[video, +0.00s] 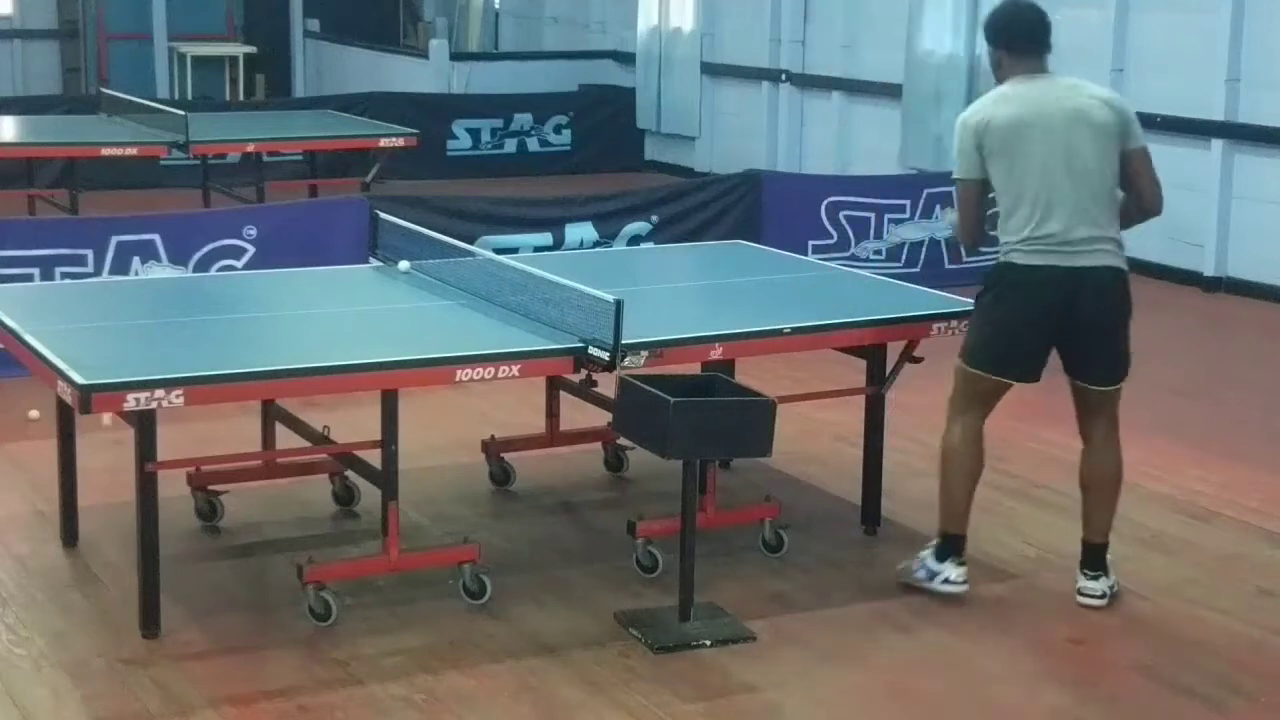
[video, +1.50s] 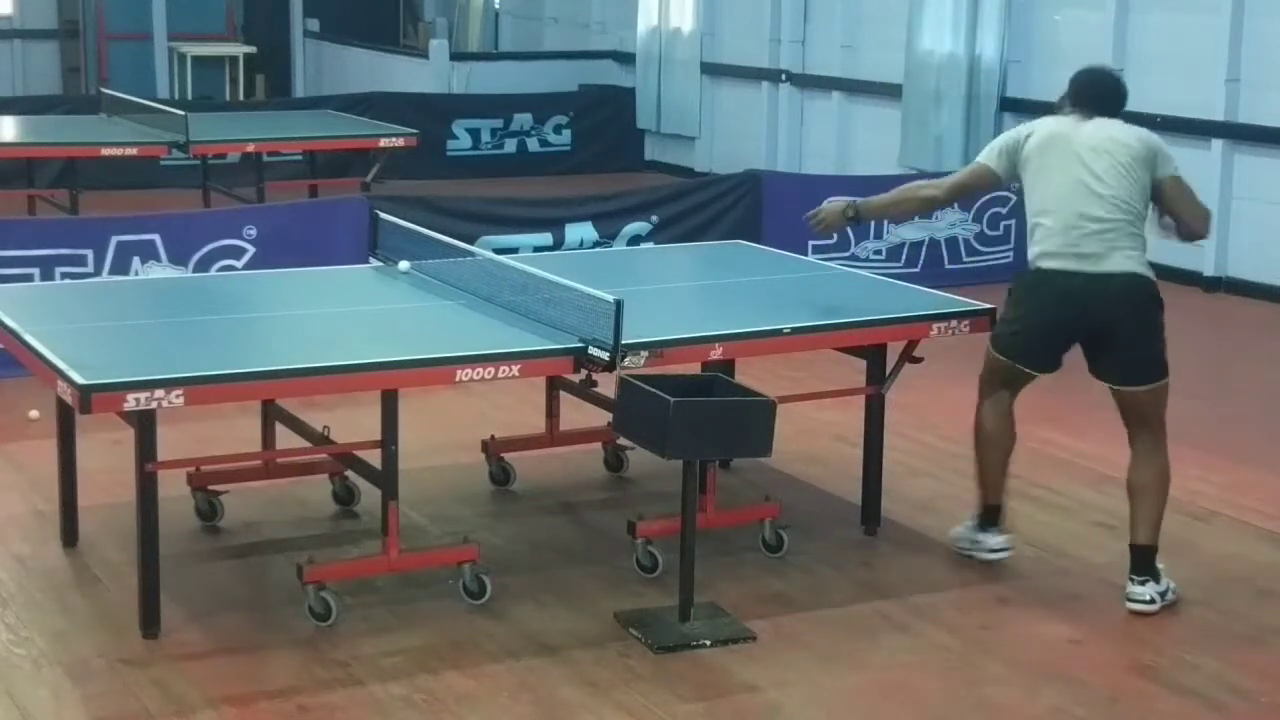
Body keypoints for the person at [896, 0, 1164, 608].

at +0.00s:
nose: (993, 61)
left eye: (991, 52)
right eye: (997, 51)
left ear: (995, 52)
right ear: (1049, 47)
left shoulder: (979, 118)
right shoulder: (1107, 104)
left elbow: (970, 234)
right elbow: (1148, 202)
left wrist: (995, 208)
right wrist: (1091, 221)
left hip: (1021, 290)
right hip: (1101, 292)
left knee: (966, 415)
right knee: (1100, 424)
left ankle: (948, 558)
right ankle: (1095, 571)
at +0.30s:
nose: (983, 120)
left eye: (983, 114)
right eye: (987, 115)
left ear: (989, 110)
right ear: (1040, 101)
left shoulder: (975, 153)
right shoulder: (1096, 139)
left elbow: (955, 253)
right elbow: (1117, 230)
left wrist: (973, 217)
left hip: (1023, 303)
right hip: (1102, 303)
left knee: (991, 409)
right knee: (1106, 429)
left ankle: (966, 531)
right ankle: (1093, 570)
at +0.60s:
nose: (952, 169)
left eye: (950, 163)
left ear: (954, 159)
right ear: (1003, 148)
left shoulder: (945, 185)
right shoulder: (1056, 170)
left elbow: (925, 285)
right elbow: (1080, 255)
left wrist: (927, 277)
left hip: (992, 311)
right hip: (1071, 311)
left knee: (972, 402)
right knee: (1090, 425)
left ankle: (964, 531)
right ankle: (1091, 556)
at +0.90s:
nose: (973, 135)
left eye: (974, 127)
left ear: (976, 126)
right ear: (1028, 123)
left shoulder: (956, 158)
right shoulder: (1072, 159)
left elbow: (913, 219)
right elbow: (1088, 253)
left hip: (986, 298)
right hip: (1063, 301)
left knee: (973, 401)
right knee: (1110, 428)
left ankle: (964, 531)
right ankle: (1139, 571)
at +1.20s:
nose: (1044, 99)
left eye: (1048, 92)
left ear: (1051, 97)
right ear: (1104, 106)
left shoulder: (1013, 134)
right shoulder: (1127, 153)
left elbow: (919, 175)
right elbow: (1151, 240)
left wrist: (896, 167)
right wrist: (1098, 250)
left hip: (1005, 289)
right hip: (1082, 296)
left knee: (985, 396)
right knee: (1124, 427)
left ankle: (964, 530)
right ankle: (1141, 577)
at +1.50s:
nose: (1062, 107)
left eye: (1065, 100)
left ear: (1066, 102)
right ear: (1120, 110)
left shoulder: (1030, 136)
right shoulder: (1143, 143)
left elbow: (941, 193)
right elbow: (1196, 226)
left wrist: (854, 209)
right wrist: (1168, 208)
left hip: (1047, 291)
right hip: (1127, 298)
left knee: (997, 393)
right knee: (1147, 432)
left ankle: (989, 526)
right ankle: (1144, 576)